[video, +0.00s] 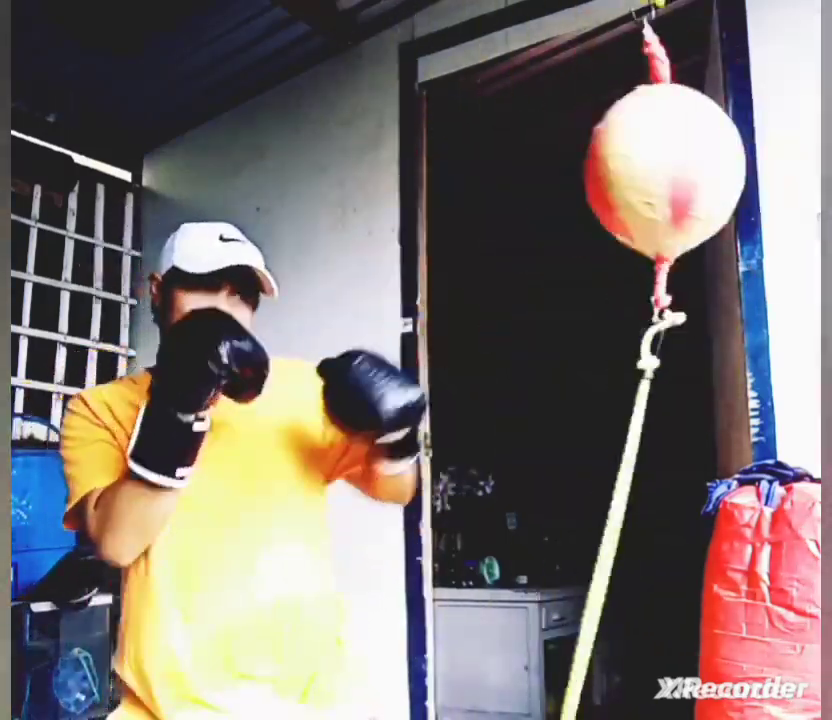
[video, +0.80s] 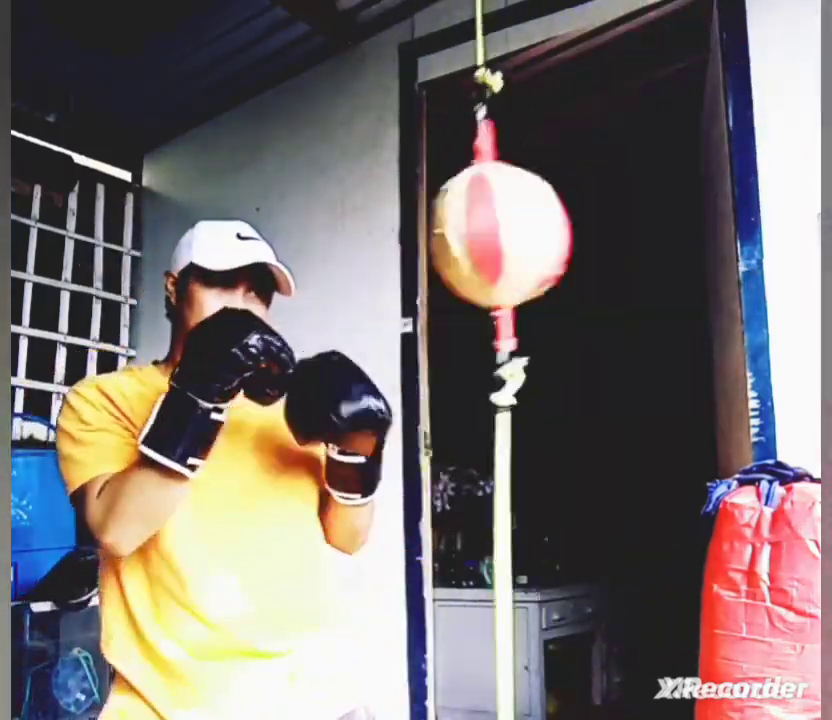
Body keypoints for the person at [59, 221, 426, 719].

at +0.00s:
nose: (220, 311)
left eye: (239, 296)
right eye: (200, 289)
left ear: (257, 305)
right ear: (159, 293)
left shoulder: (311, 390)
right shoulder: (105, 409)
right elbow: (116, 543)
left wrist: (399, 434)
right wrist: (177, 416)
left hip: (312, 697)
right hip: (169, 699)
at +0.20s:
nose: (328, 287)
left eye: (342, 271)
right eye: (307, 268)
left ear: (360, 283)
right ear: (264, 278)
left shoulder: (388, 386)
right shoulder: (196, 359)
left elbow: (482, 447)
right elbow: (190, 469)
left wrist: (516, 369)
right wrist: (300, 350)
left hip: (362, 693)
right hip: (215, 693)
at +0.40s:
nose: (381, 300)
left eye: (393, 289)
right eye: (362, 280)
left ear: (406, 300)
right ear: (313, 282)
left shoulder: (388, 407)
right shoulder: (244, 344)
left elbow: (409, 546)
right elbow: (250, 431)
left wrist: (442, 459)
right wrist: (402, 332)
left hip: (344, 689)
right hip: (218, 681)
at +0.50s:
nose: (339, 295)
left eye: (352, 282)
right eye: (319, 272)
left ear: (362, 300)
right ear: (271, 279)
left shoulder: (367, 396)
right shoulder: (193, 372)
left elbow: (391, 543)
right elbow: (170, 526)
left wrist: (415, 444)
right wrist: (284, 414)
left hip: (338, 690)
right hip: (207, 686)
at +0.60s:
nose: (279, 298)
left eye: (294, 285)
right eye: (259, 277)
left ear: (305, 302)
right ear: (212, 284)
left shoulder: (336, 396)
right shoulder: (142, 393)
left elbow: (373, 532)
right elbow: (141, 539)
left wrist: (372, 429)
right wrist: (226, 410)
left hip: (342, 700)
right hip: (185, 698)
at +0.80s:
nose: (238, 306)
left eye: (256, 292)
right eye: (219, 284)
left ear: (271, 305)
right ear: (174, 289)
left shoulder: (303, 409)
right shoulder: (105, 400)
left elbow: (348, 539)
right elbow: (117, 531)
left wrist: (359, 445)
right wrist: (197, 399)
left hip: (305, 698)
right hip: (162, 700)